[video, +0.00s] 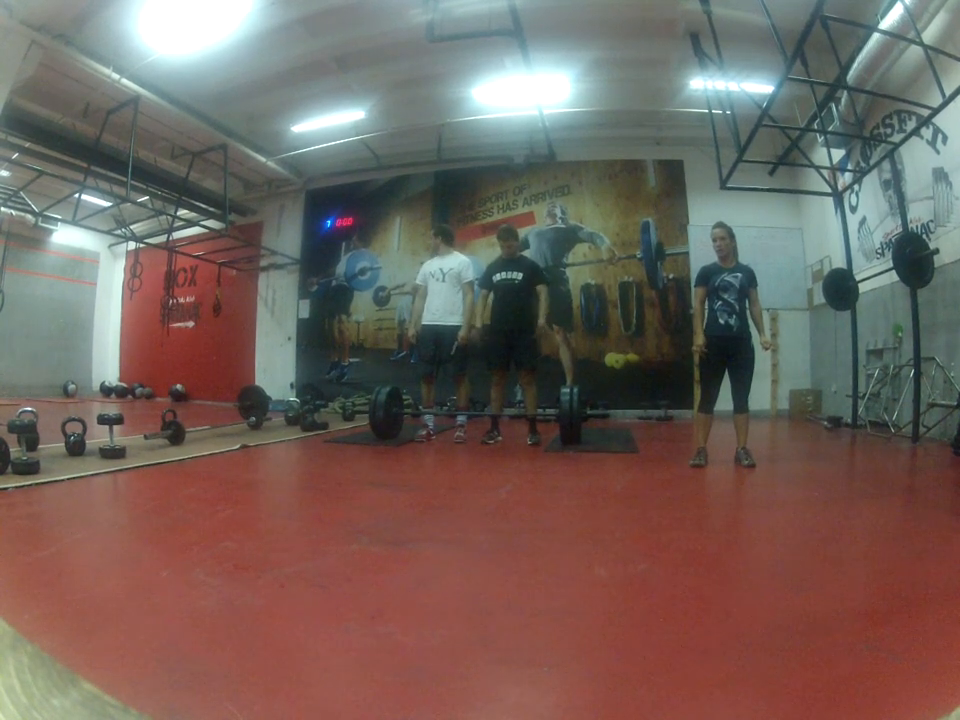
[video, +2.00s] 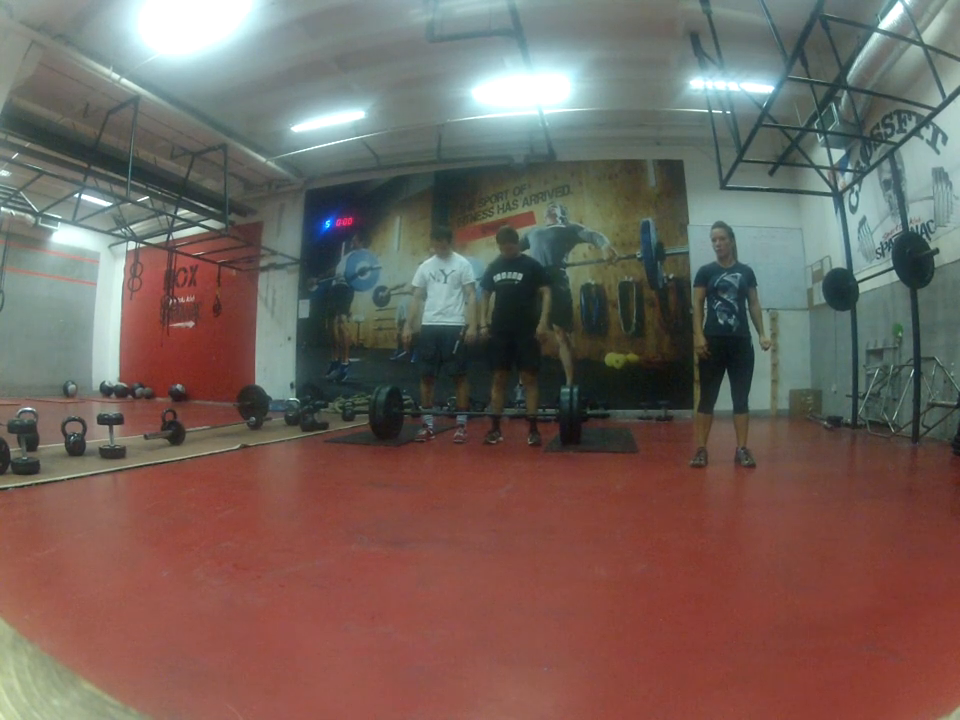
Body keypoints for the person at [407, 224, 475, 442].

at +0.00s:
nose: (431, 242)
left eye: (433, 238)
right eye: (431, 238)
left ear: (440, 239)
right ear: (442, 239)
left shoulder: (462, 262)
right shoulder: (427, 265)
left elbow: (469, 295)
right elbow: (420, 297)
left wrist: (466, 327)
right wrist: (413, 325)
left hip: (454, 326)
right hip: (428, 326)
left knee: (459, 375)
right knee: (426, 375)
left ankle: (461, 424)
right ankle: (428, 424)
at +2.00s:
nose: (438, 248)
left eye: (441, 244)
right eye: (435, 244)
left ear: (449, 242)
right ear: (432, 243)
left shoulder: (462, 264)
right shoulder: (425, 266)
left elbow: (471, 296)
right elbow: (416, 298)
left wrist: (472, 325)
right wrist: (408, 325)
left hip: (456, 328)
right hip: (429, 327)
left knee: (459, 376)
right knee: (426, 376)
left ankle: (461, 425)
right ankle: (427, 425)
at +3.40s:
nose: (436, 250)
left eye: (439, 246)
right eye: (433, 247)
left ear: (446, 243)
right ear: (428, 244)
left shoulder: (459, 263)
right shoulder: (421, 267)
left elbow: (467, 296)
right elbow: (413, 299)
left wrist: (469, 327)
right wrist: (408, 328)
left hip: (454, 328)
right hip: (426, 328)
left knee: (459, 377)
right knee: (425, 377)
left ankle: (461, 426)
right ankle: (427, 425)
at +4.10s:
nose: (436, 250)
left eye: (439, 246)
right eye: (433, 247)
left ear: (446, 243)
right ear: (428, 244)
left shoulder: (459, 263)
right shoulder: (421, 266)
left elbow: (467, 296)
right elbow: (414, 299)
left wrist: (467, 328)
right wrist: (409, 328)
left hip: (454, 328)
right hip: (427, 328)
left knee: (458, 376)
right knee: (426, 376)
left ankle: (461, 425)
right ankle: (427, 425)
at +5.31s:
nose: (430, 278)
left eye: (432, 275)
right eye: (426, 275)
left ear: (439, 268)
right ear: (422, 271)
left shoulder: (455, 277)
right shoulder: (416, 280)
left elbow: (466, 312)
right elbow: (412, 315)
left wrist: (467, 346)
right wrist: (411, 345)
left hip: (456, 331)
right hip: (430, 331)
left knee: (460, 377)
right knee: (427, 376)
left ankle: (461, 425)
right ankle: (427, 425)